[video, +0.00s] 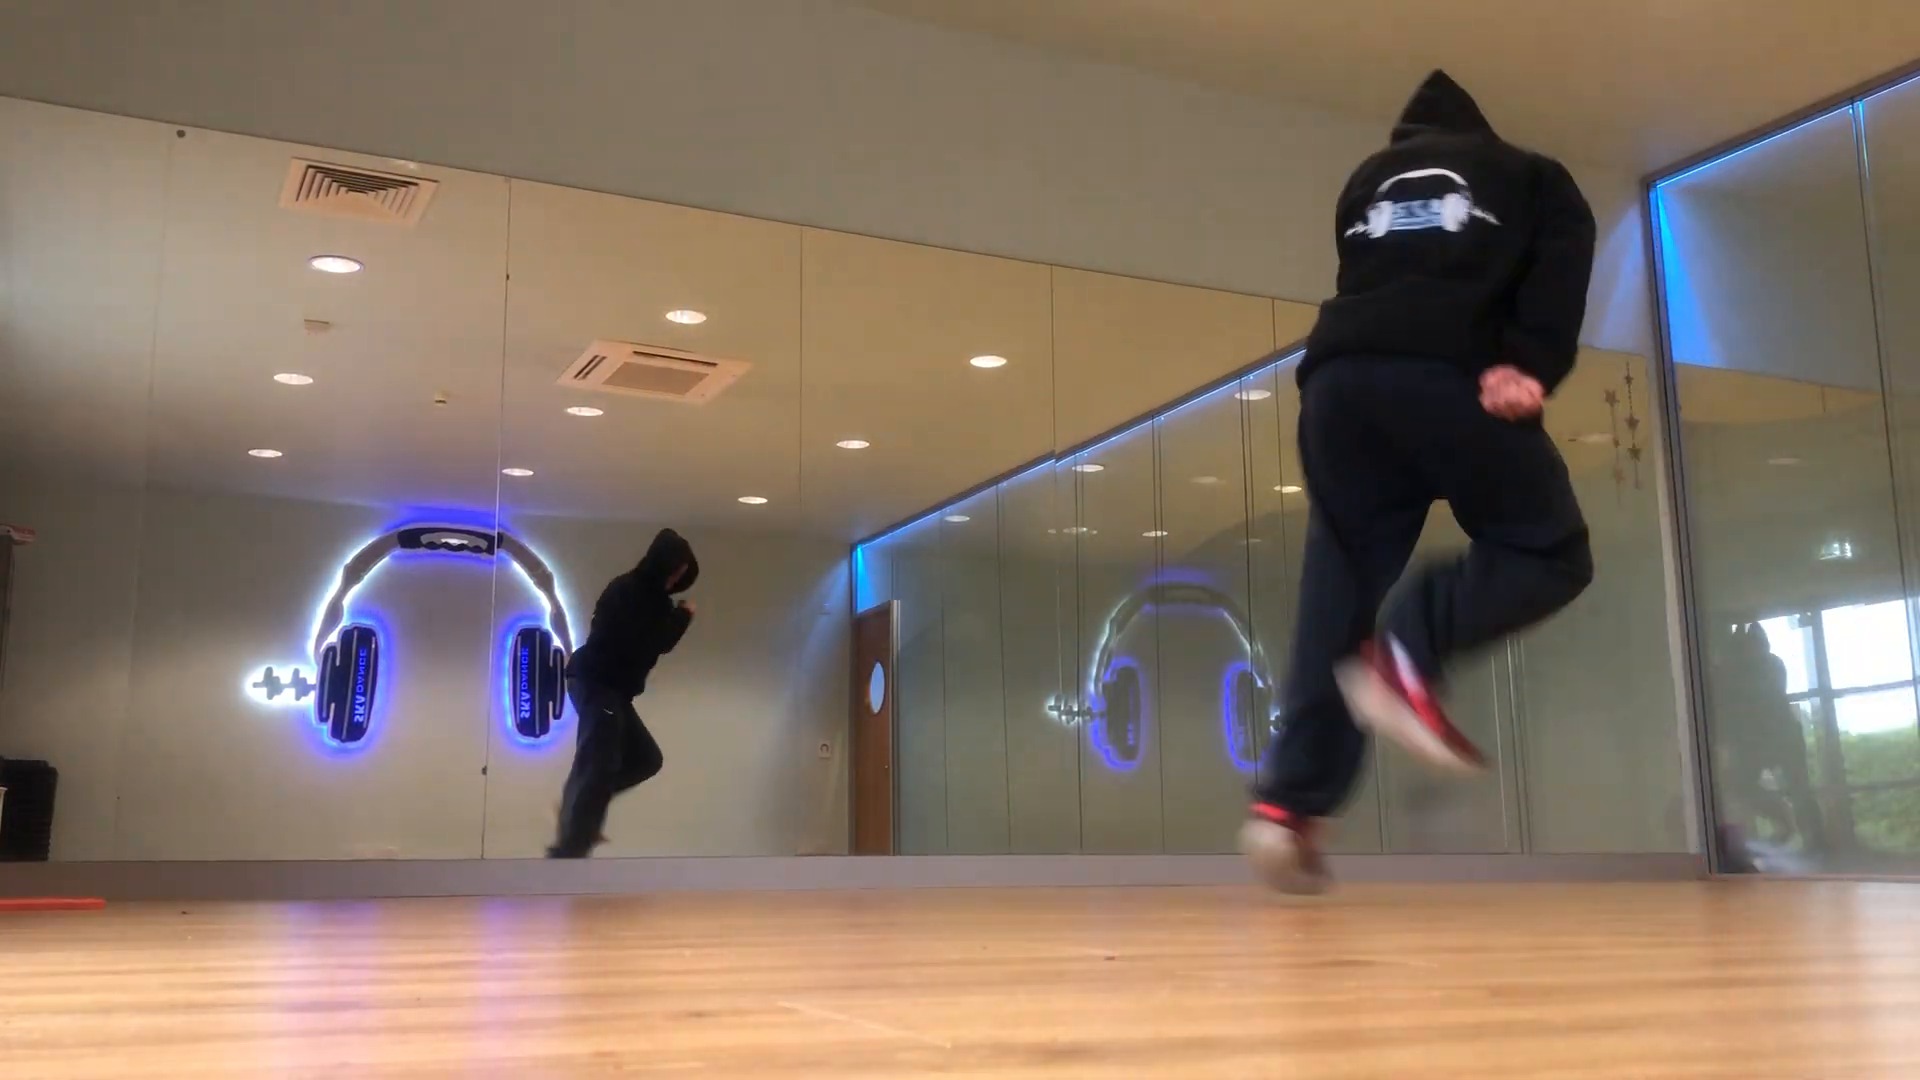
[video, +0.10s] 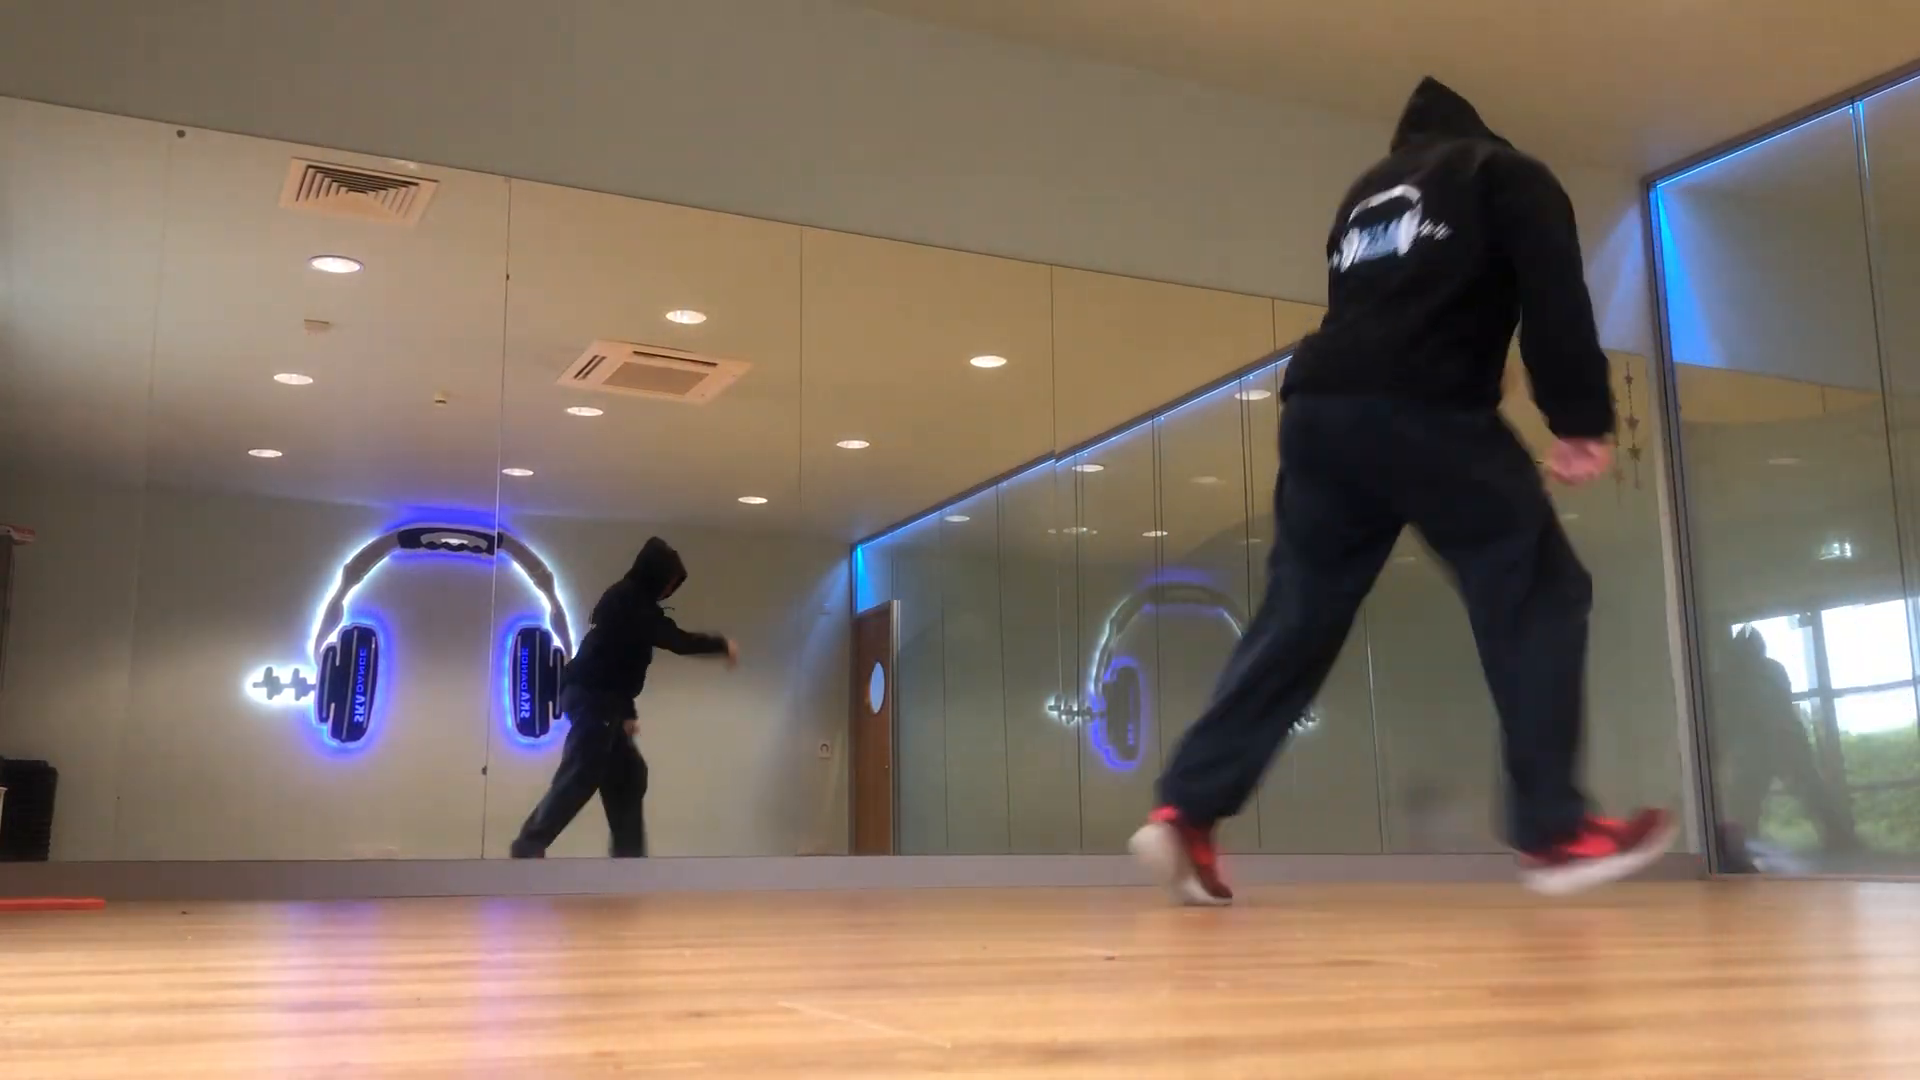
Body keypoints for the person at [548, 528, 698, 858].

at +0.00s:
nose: (677, 580)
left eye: (681, 576)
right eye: (677, 572)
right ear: (666, 565)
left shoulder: (652, 597)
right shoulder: (630, 589)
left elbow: (661, 641)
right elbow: (656, 642)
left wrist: (679, 617)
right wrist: (682, 616)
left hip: (614, 691)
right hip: (596, 685)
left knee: (645, 759)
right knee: (597, 763)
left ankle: (581, 801)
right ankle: (571, 848)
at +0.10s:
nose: (672, 589)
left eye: (675, 583)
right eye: (671, 581)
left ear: (644, 571)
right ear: (659, 576)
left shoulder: (627, 599)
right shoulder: (633, 602)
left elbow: (617, 662)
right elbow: (676, 639)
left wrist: (625, 710)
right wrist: (720, 645)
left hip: (599, 699)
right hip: (594, 699)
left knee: (627, 775)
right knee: (582, 773)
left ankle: (629, 864)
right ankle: (528, 848)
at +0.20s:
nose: (671, 618)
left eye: (674, 611)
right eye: (670, 610)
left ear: (644, 596)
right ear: (659, 604)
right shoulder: (640, 624)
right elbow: (662, 666)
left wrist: (649, 717)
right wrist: (665, 689)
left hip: (573, 713)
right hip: (588, 717)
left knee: (627, 782)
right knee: (565, 798)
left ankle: (649, 869)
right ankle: (509, 867)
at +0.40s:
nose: (688, 628)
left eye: (691, 623)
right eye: (689, 621)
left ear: (667, 609)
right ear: (680, 615)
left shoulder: (674, 652)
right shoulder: (628, 622)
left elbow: (675, 692)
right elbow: (571, 622)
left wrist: (686, 718)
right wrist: (550, 662)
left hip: (611, 721)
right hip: (581, 708)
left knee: (640, 783)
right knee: (618, 768)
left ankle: (649, 872)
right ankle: (547, 818)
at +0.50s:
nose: (668, 597)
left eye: (673, 591)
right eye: (665, 589)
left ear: (675, 594)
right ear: (650, 585)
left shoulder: (672, 631)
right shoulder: (610, 606)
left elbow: (688, 677)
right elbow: (558, 624)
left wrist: (689, 719)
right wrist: (554, 659)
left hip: (636, 718)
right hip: (591, 707)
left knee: (665, 783)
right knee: (599, 747)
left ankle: (648, 868)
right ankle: (562, 801)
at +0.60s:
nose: (646, 584)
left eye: (652, 578)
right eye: (641, 576)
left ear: (658, 580)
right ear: (627, 574)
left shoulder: (668, 615)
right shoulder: (600, 602)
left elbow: (683, 655)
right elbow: (551, 633)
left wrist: (668, 697)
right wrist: (571, 641)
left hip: (649, 717)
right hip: (598, 715)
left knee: (665, 781)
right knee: (562, 773)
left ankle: (664, 859)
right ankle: (565, 831)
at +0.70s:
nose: (622, 596)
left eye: (628, 589)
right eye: (617, 589)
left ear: (635, 589)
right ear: (605, 588)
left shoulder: (652, 619)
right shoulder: (586, 616)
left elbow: (678, 652)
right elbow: (555, 661)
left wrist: (664, 698)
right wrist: (587, 642)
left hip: (643, 723)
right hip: (598, 724)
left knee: (649, 795)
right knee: (572, 793)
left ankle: (668, 868)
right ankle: (561, 870)